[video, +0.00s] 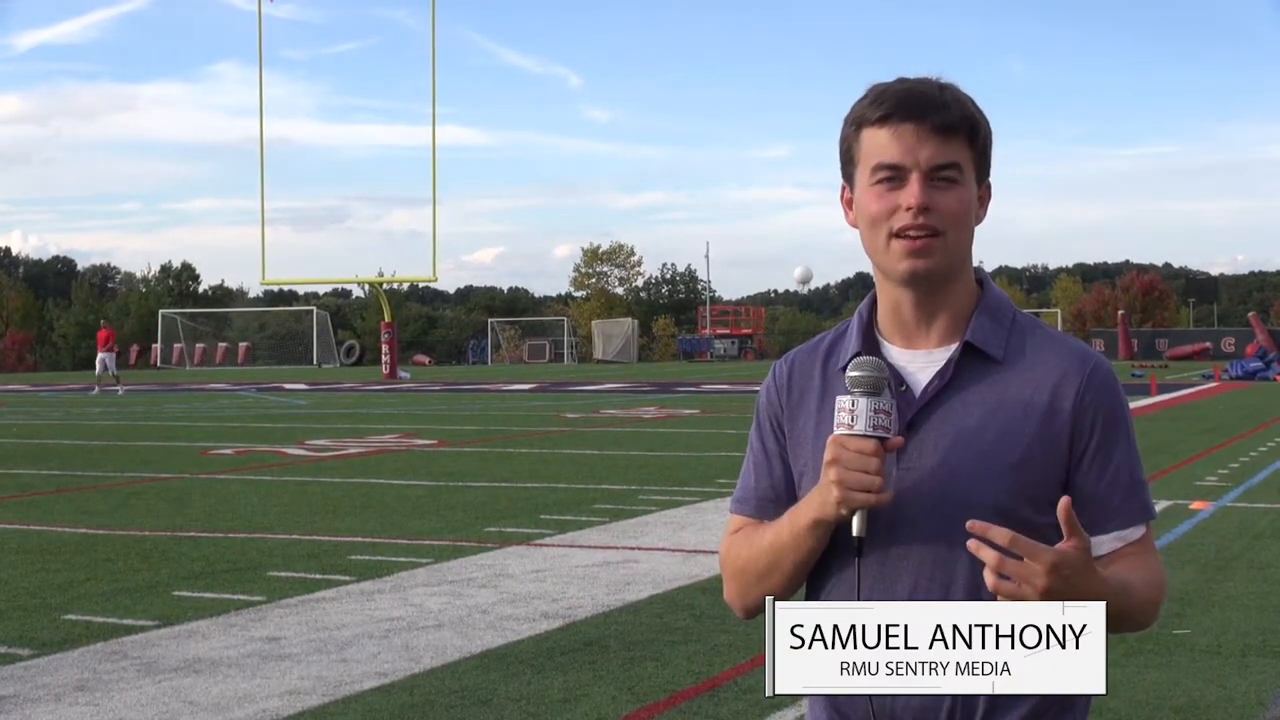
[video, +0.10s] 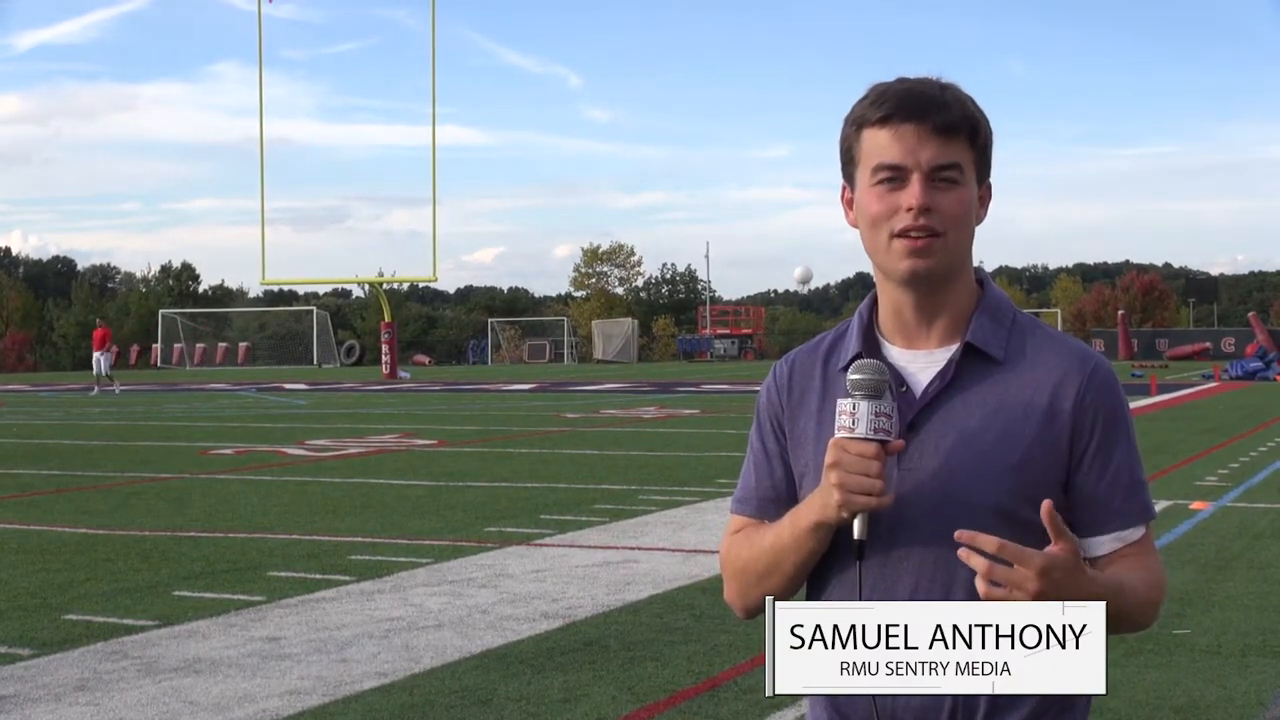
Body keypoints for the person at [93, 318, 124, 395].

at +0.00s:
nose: (103, 325)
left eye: (104, 323)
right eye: (102, 323)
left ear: (107, 324)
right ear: (100, 324)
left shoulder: (110, 332)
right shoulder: (99, 332)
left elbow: (111, 343)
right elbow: (99, 342)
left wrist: (104, 349)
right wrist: (98, 351)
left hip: (109, 353)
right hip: (101, 353)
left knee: (113, 372)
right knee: (98, 372)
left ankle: (120, 387)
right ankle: (97, 388)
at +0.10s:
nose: (98, 323)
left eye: (99, 322)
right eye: (97, 322)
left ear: (102, 322)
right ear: (96, 323)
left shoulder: (106, 331)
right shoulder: (95, 332)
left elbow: (109, 342)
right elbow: (94, 342)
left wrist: (104, 350)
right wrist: (94, 351)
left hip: (104, 353)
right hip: (96, 353)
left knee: (105, 372)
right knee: (96, 372)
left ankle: (116, 384)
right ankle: (97, 388)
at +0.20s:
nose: (95, 323)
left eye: (96, 321)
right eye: (94, 322)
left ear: (99, 322)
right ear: (93, 323)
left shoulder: (104, 331)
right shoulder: (91, 331)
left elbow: (107, 342)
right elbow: (89, 343)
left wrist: (105, 352)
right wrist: (87, 353)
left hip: (100, 352)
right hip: (92, 352)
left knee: (99, 371)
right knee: (94, 372)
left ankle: (107, 383)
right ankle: (97, 387)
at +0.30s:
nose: (91, 323)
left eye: (92, 321)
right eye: (90, 321)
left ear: (95, 322)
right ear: (89, 322)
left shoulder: (100, 331)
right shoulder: (87, 331)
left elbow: (105, 342)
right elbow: (84, 343)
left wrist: (106, 352)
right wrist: (81, 352)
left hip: (98, 351)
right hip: (90, 351)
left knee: (93, 369)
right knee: (93, 370)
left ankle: (97, 387)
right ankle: (97, 387)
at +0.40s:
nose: (88, 323)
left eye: (90, 321)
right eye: (87, 321)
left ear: (93, 322)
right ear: (86, 322)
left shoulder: (98, 331)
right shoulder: (84, 332)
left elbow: (103, 343)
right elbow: (79, 343)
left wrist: (105, 353)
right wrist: (74, 351)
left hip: (95, 352)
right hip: (87, 352)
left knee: (90, 370)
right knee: (91, 371)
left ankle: (89, 387)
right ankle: (96, 388)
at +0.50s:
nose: (86, 324)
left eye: (87, 322)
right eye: (85, 322)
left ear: (91, 323)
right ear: (83, 323)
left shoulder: (95, 332)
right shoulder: (81, 332)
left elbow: (100, 344)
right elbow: (76, 344)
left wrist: (104, 353)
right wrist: (70, 351)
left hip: (92, 353)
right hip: (84, 353)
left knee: (87, 371)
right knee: (88, 372)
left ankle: (85, 388)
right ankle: (95, 388)